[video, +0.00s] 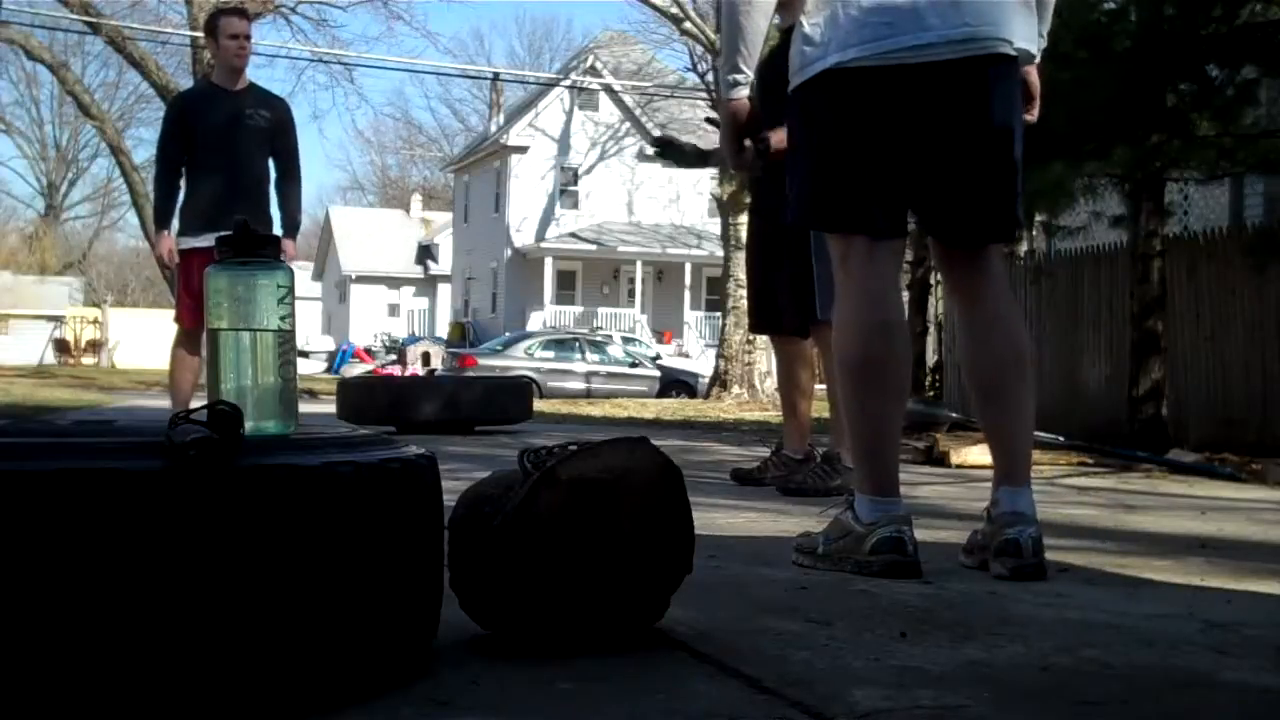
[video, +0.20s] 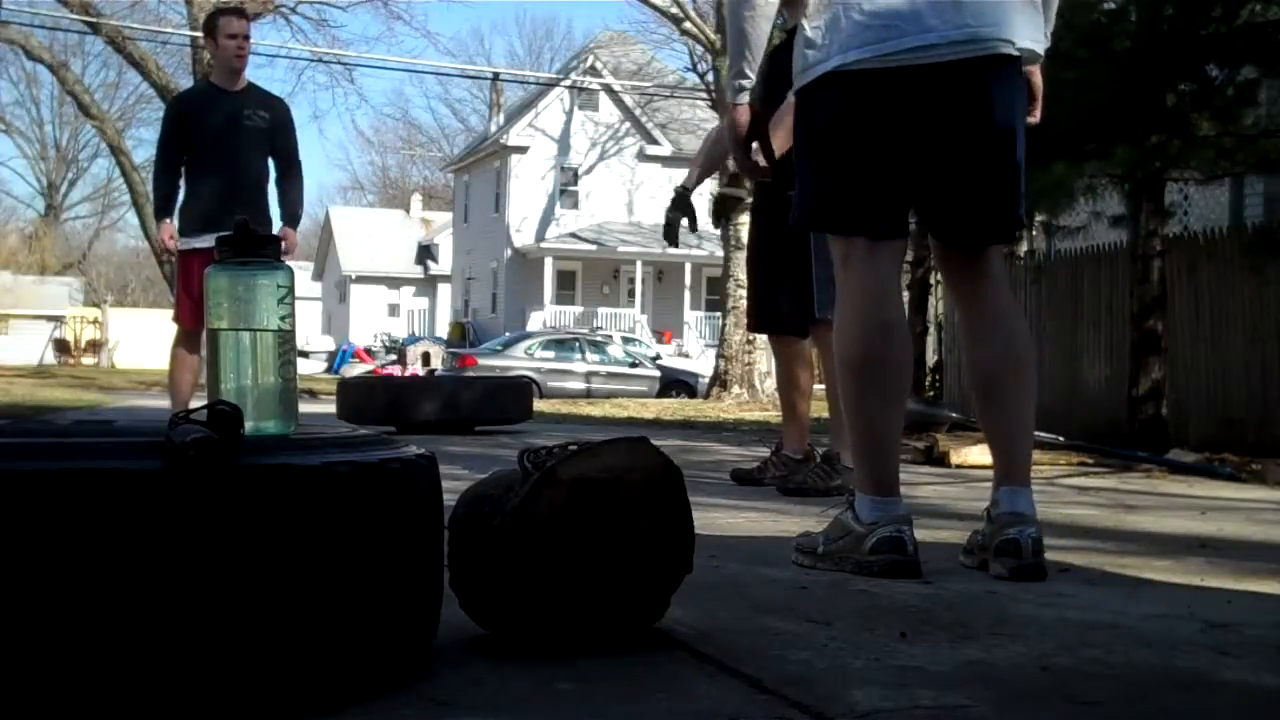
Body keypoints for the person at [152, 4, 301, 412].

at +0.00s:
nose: (243, 45)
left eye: (247, 38)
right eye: (234, 38)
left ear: (253, 44)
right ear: (212, 44)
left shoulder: (274, 107)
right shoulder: (184, 106)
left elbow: (288, 174)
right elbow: (168, 170)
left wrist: (290, 232)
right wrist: (162, 229)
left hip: (255, 240)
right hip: (197, 239)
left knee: (253, 337)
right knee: (191, 333)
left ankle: (250, 425)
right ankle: (180, 421)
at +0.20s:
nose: (242, 45)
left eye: (246, 38)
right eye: (232, 38)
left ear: (251, 44)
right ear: (210, 45)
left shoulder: (273, 108)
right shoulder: (184, 106)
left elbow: (289, 169)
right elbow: (167, 166)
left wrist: (290, 224)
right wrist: (164, 218)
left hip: (254, 238)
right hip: (197, 237)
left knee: (251, 336)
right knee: (191, 332)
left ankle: (247, 422)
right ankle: (180, 420)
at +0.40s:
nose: (241, 45)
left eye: (245, 38)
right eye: (232, 38)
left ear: (250, 44)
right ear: (210, 45)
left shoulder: (272, 108)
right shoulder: (183, 107)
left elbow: (288, 170)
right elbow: (167, 168)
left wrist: (287, 222)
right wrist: (168, 216)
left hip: (253, 239)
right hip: (197, 238)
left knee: (251, 336)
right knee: (190, 331)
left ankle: (248, 422)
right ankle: (180, 419)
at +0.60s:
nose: (241, 45)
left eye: (245, 38)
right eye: (231, 38)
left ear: (250, 44)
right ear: (209, 45)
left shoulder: (271, 107)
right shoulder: (182, 106)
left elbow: (284, 173)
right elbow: (167, 170)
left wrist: (284, 230)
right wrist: (167, 227)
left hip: (253, 240)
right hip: (195, 238)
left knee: (251, 335)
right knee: (190, 332)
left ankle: (248, 423)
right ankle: (180, 421)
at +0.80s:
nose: (239, 45)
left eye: (244, 38)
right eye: (229, 38)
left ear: (250, 44)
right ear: (208, 44)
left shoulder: (271, 108)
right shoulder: (181, 107)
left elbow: (284, 175)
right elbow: (165, 172)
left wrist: (285, 233)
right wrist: (161, 230)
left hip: (252, 240)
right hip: (194, 240)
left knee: (249, 337)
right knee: (189, 332)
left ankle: (244, 424)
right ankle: (180, 422)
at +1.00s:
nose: (235, 46)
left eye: (240, 39)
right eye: (226, 38)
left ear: (246, 44)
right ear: (205, 44)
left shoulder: (267, 107)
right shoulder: (177, 105)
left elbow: (283, 172)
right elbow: (161, 171)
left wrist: (285, 230)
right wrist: (158, 227)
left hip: (249, 238)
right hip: (191, 238)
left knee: (246, 335)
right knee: (187, 331)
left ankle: (242, 424)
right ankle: (179, 422)